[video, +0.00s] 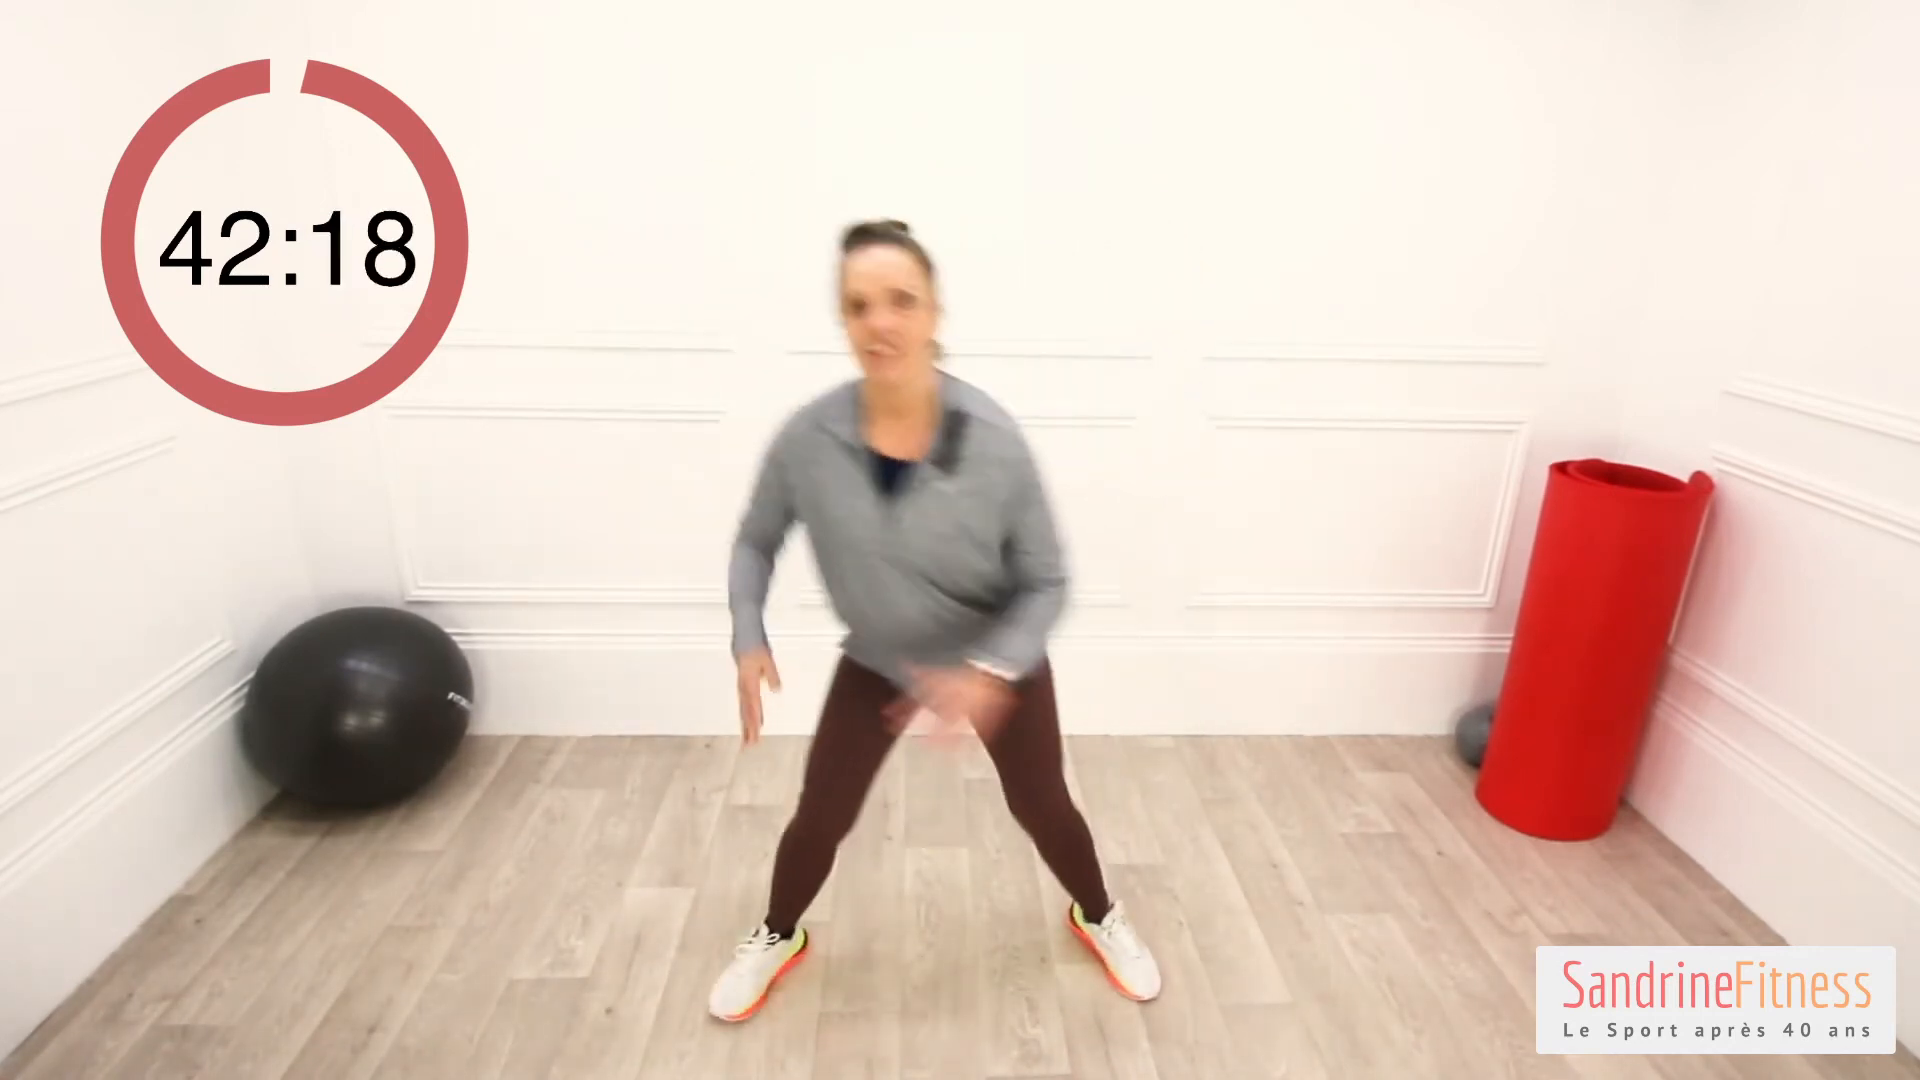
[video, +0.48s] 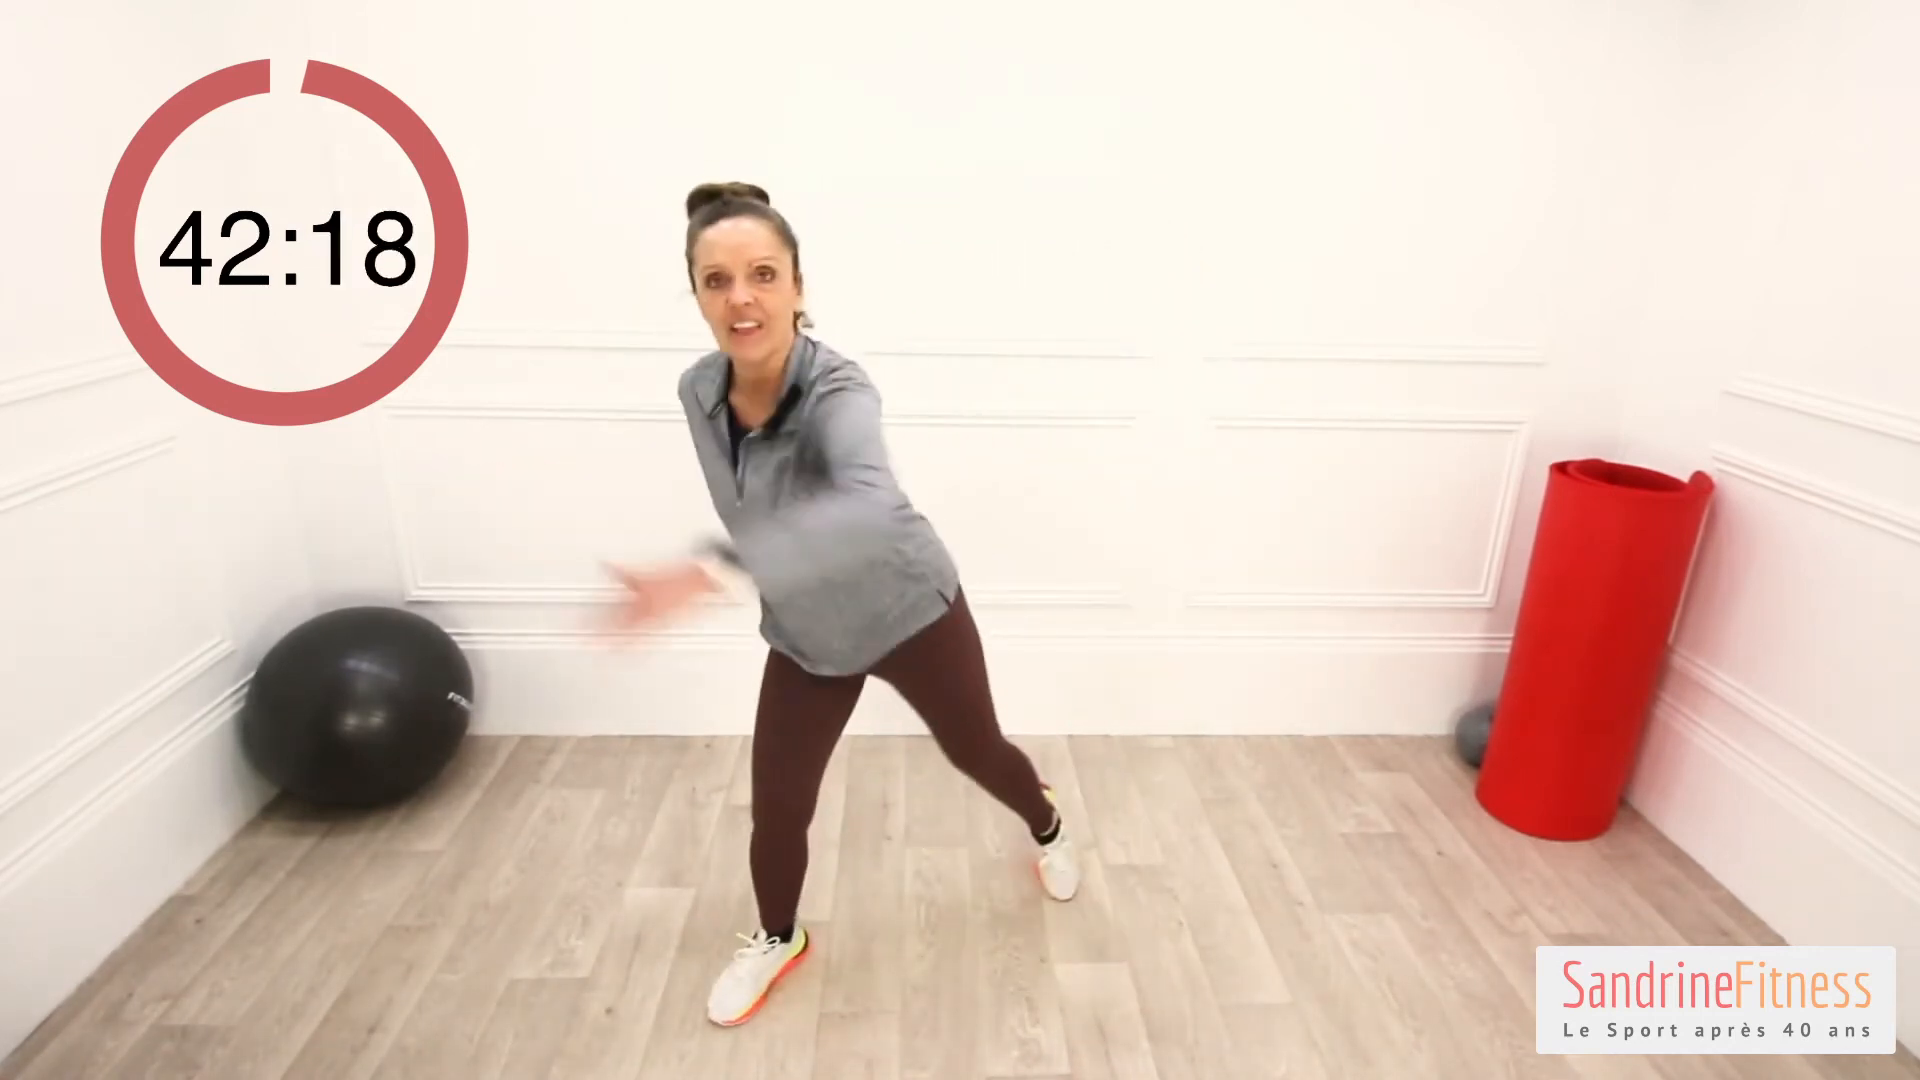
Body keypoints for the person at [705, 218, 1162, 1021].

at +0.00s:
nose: (878, 325)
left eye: (899, 302)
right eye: (858, 306)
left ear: (935, 314)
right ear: (841, 322)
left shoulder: (991, 440)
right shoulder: (807, 441)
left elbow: (1045, 582)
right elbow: (756, 543)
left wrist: (991, 672)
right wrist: (748, 637)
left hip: (996, 646)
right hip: (879, 653)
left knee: (1041, 806)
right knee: (821, 816)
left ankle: (1100, 919)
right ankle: (777, 937)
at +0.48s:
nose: (741, 301)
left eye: (762, 276)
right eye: (716, 283)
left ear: (798, 288)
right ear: (697, 302)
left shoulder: (837, 390)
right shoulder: (701, 393)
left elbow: (869, 504)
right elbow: (752, 516)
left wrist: (719, 570)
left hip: (910, 607)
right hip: (807, 628)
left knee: (978, 752)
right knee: (777, 808)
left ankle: (1050, 828)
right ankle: (779, 937)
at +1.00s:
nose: (1027, 311)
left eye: (1041, 286)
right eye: (1002, 294)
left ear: (1061, 293)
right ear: (970, 311)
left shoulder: (1083, 411)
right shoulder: (933, 426)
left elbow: (1051, 530)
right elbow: (886, 586)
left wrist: (1054, 590)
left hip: (1008, 635)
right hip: (901, 633)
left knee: (1047, 803)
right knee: (838, 802)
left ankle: (1089, 920)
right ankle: (766, 931)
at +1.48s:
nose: (1099, 294)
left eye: (1117, 270)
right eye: (1074, 276)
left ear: (1141, 279)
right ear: (1045, 292)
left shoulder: (1159, 383)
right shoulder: (1019, 400)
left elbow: (1107, 516)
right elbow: (1018, 583)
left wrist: (1075, 604)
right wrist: (1166, 625)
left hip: (1061, 616)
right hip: (959, 600)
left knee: (1074, 792)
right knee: (881, 748)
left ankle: (1088, 917)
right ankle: (791, 844)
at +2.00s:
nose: (807, 295)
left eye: (827, 273)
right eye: (786, 277)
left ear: (864, 284)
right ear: (769, 292)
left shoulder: (912, 401)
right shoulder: (766, 390)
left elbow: (980, 563)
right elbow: (811, 521)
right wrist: (828, 592)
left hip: (963, 618)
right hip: (859, 624)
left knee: (1035, 768)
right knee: (813, 789)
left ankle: (1102, 902)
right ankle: (787, 920)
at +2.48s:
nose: (769, 287)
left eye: (788, 263)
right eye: (745, 270)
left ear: (821, 273)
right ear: (724, 287)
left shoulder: (869, 390)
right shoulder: (722, 381)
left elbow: (952, 516)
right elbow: (784, 501)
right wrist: (801, 594)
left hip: (925, 603)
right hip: (821, 615)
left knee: (993, 753)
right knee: (791, 789)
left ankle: (1067, 851)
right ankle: (787, 920)